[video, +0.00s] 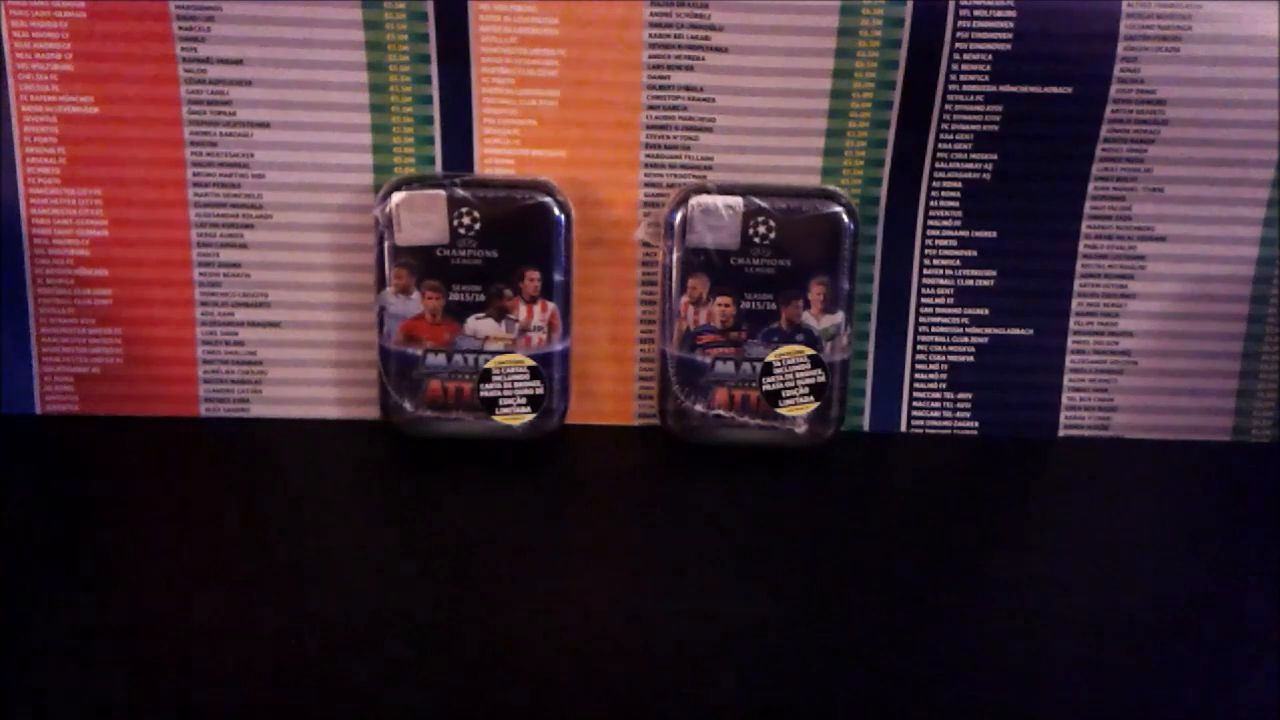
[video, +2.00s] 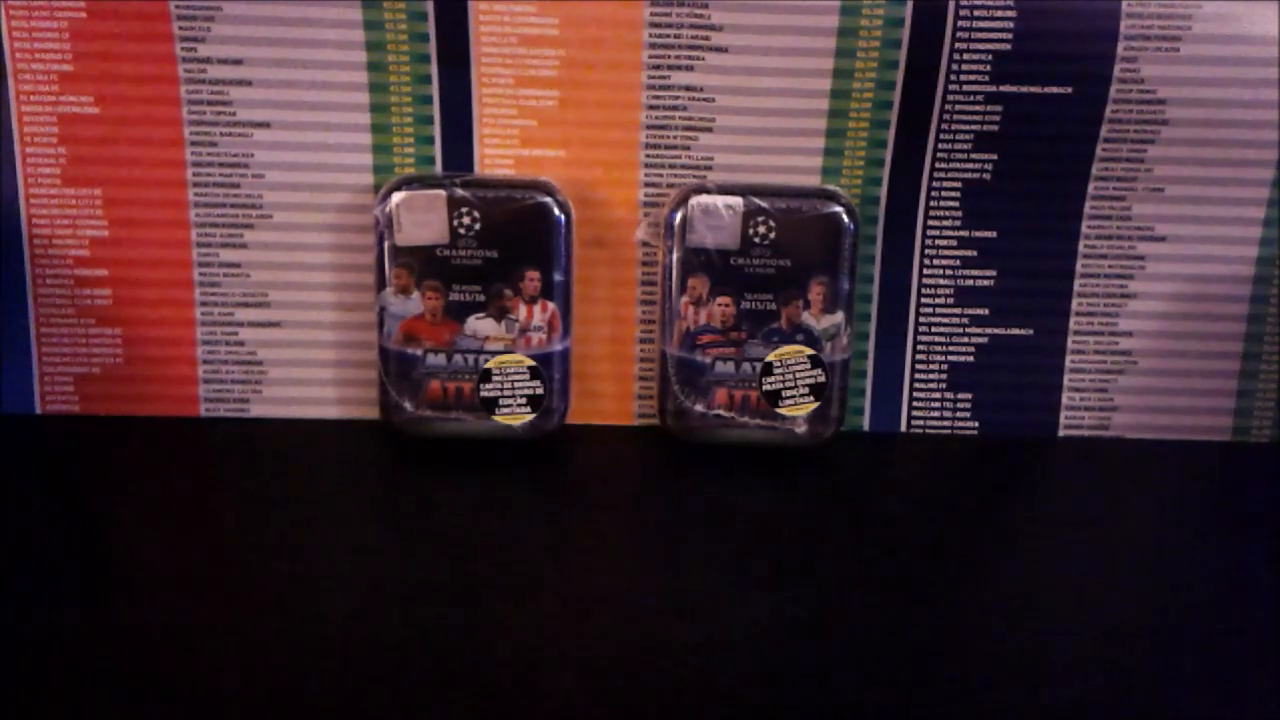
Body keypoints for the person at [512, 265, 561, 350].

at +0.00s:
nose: (536, 285)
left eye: (538, 281)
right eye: (531, 280)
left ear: (541, 283)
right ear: (521, 284)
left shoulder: (551, 308)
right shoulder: (512, 305)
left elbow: (556, 336)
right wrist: (519, 328)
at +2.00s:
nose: (536, 285)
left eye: (538, 281)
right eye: (531, 280)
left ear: (541, 283)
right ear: (521, 284)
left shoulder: (550, 308)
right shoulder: (512, 305)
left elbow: (556, 336)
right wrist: (520, 328)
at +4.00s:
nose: (536, 285)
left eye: (539, 281)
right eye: (531, 280)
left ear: (541, 283)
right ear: (521, 284)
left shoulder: (550, 308)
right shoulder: (512, 305)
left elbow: (556, 337)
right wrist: (520, 328)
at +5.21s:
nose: (536, 285)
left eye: (538, 281)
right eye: (531, 281)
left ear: (541, 283)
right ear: (521, 284)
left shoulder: (549, 307)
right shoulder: (512, 306)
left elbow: (556, 333)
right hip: (519, 352)